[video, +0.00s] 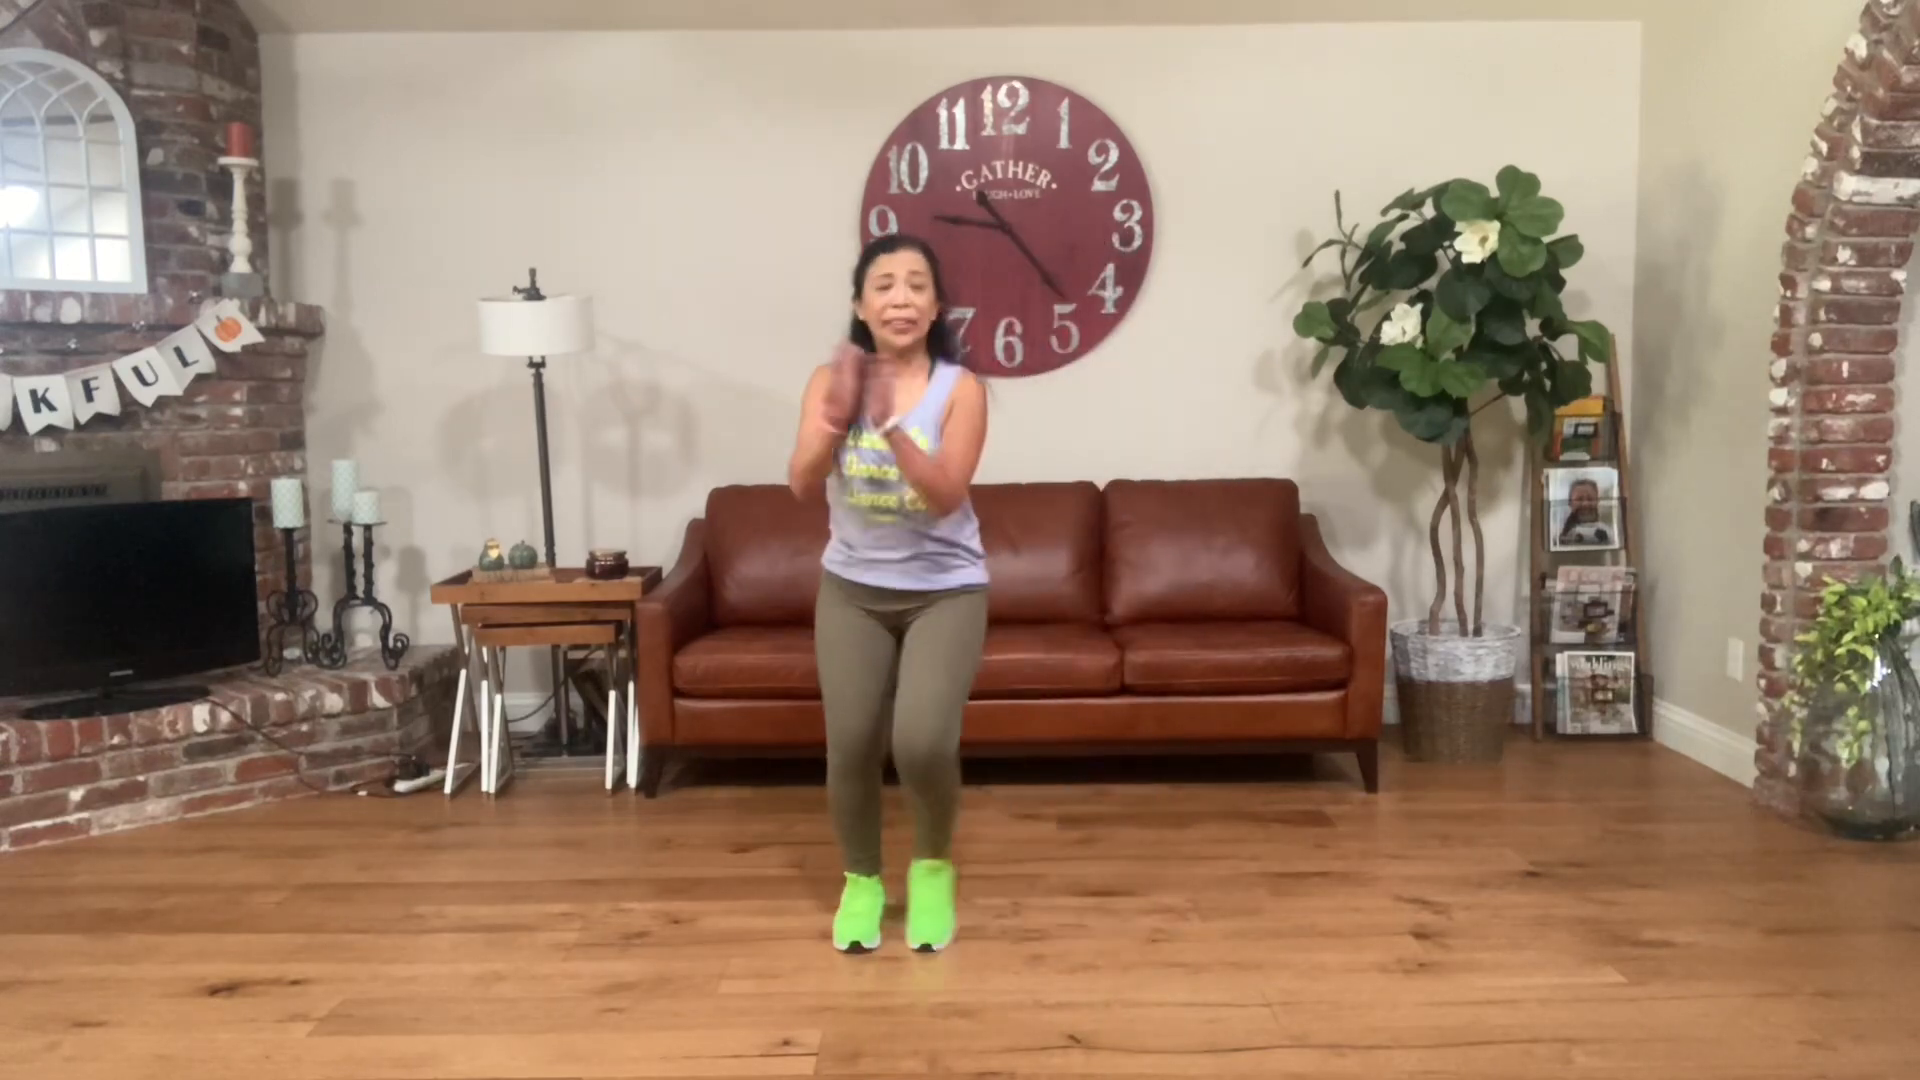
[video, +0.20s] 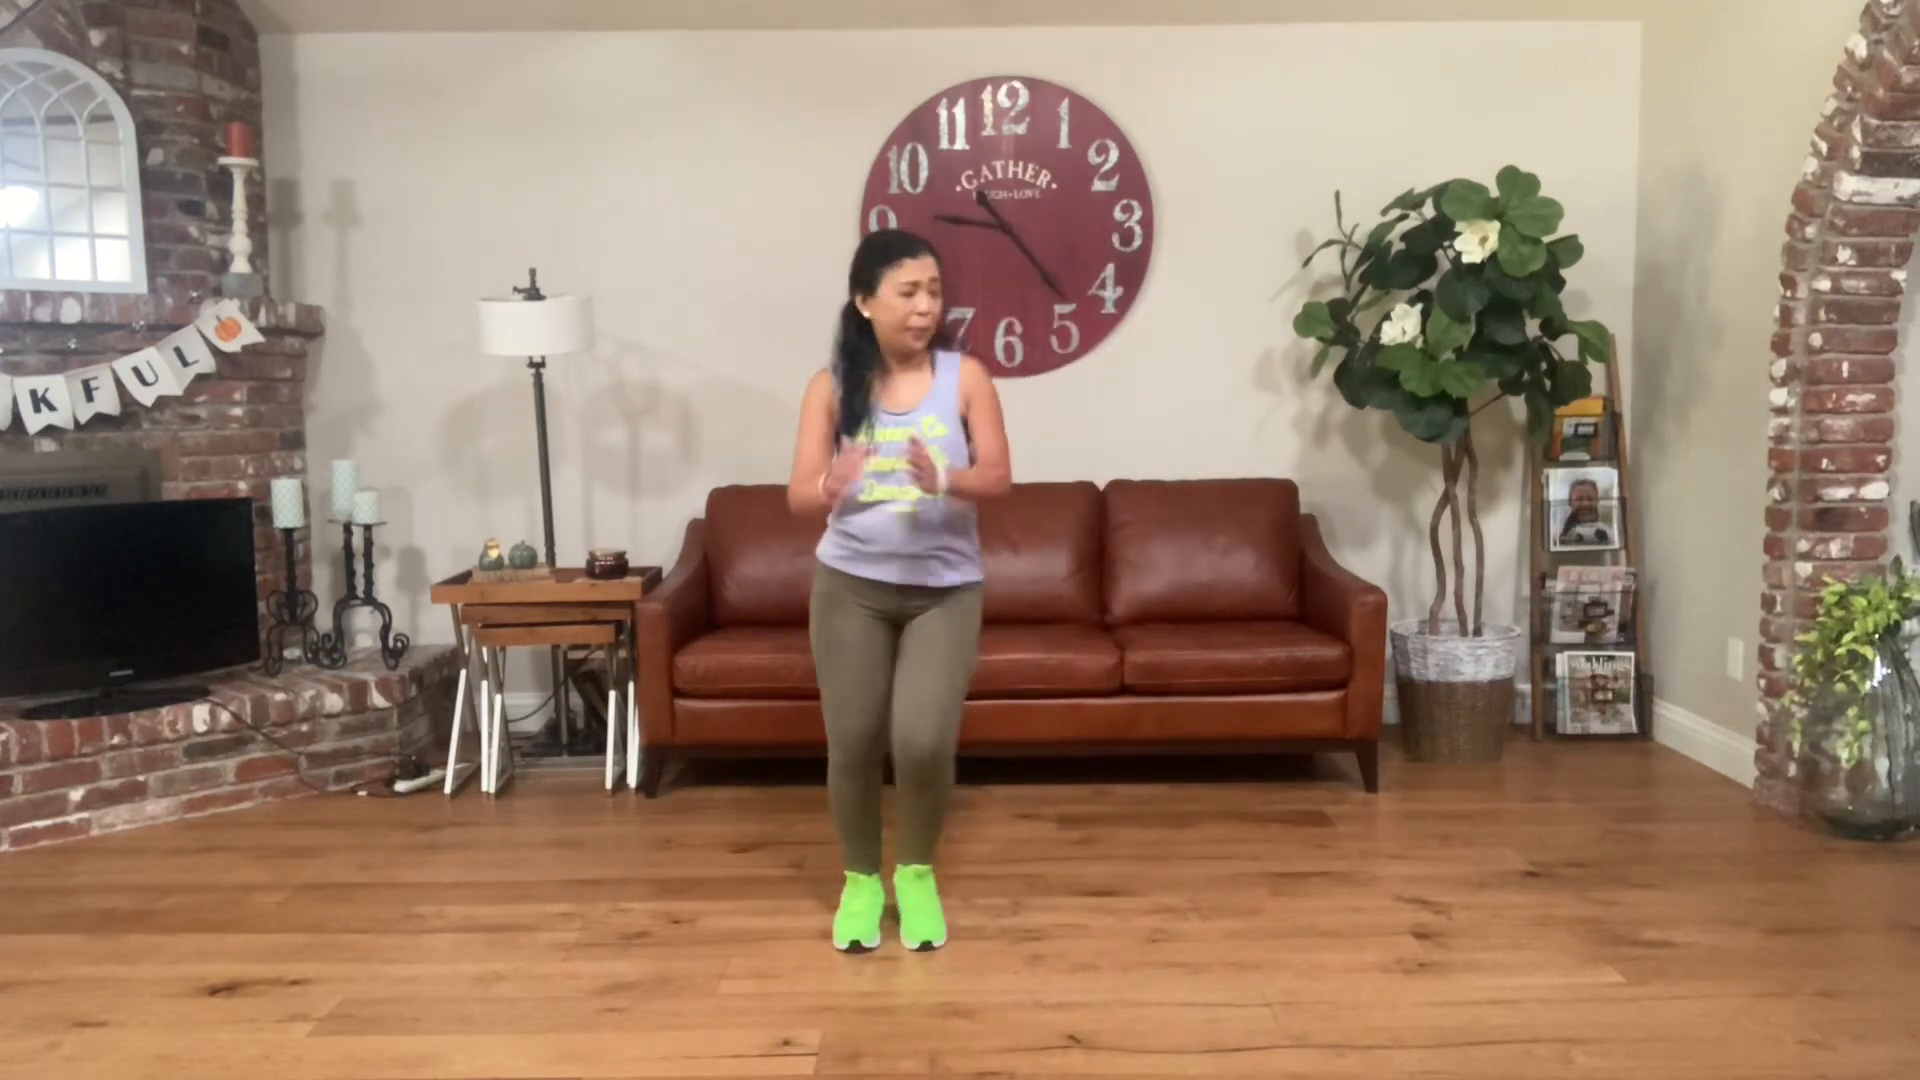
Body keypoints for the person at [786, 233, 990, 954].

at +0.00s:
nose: (902, 299)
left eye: (916, 285)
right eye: (885, 286)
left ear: (938, 303)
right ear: (861, 304)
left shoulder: (960, 388)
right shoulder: (835, 379)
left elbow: (946, 496)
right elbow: (803, 485)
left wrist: (893, 428)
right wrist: (837, 421)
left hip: (947, 589)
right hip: (851, 588)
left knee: (920, 743)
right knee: (851, 740)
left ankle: (932, 873)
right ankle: (862, 883)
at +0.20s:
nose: (925, 307)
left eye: (933, 292)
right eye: (907, 293)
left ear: (943, 300)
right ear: (865, 303)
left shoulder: (965, 378)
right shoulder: (833, 386)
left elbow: (997, 478)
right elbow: (801, 496)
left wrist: (944, 479)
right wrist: (834, 484)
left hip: (946, 590)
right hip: (849, 586)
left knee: (921, 740)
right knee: (853, 738)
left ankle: (915, 874)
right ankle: (862, 880)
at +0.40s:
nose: (964, 314)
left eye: (966, 299)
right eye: (947, 301)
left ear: (963, 303)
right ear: (897, 310)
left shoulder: (982, 386)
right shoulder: (851, 397)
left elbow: (1006, 466)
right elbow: (803, 484)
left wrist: (1024, 501)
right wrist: (805, 524)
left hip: (962, 594)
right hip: (864, 591)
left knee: (1013, 728)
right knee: (865, 747)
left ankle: (989, 861)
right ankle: (863, 884)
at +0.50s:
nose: (982, 303)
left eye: (986, 289)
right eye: (966, 290)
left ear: (986, 296)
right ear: (919, 298)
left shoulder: (1000, 377)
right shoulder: (874, 388)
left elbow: (1010, 447)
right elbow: (826, 464)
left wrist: (1051, 495)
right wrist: (824, 508)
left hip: (982, 593)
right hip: (884, 587)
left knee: (1037, 741)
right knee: (875, 750)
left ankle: (1072, 874)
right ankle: (864, 884)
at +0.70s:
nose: (1034, 292)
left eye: (1040, 279)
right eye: (1015, 280)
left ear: (1047, 291)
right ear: (969, 294)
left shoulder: (1065, 372)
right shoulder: (937, 383)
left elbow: (1107, 459)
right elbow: (888, 480)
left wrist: (1147, 468)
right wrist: (875, 500)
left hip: (1046, 596)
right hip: (947, 590)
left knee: (1079, 751)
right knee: (908, 748)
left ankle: (1111, 884)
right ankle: (867, 881)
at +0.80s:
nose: (1053, 285)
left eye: (1062, 271)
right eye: (1033, 273)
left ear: (1075, 283)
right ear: (997, 292)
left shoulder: (1098, 369)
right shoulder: (969, 379)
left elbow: (1153, 461)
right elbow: (912, 491)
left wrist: (1180, 443)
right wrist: (927, 461)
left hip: (1077, 585)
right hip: (979, 578)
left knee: (1092, 742)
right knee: (938, 735)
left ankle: (1112, 883)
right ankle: (874, 873)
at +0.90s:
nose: (1063, 288)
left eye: (1075, 274)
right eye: (1044, 276)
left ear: (1093, 291)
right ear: (1016, 298)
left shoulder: (1123, 377)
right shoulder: (995, 376)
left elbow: (1182, 473)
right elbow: (954, 483)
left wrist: (1192, 412)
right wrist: (972, 413)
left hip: (1097, 586)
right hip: (997, 581)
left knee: (1108, 740)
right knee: (963, 729)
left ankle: (1115, 881)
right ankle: (913, 853)